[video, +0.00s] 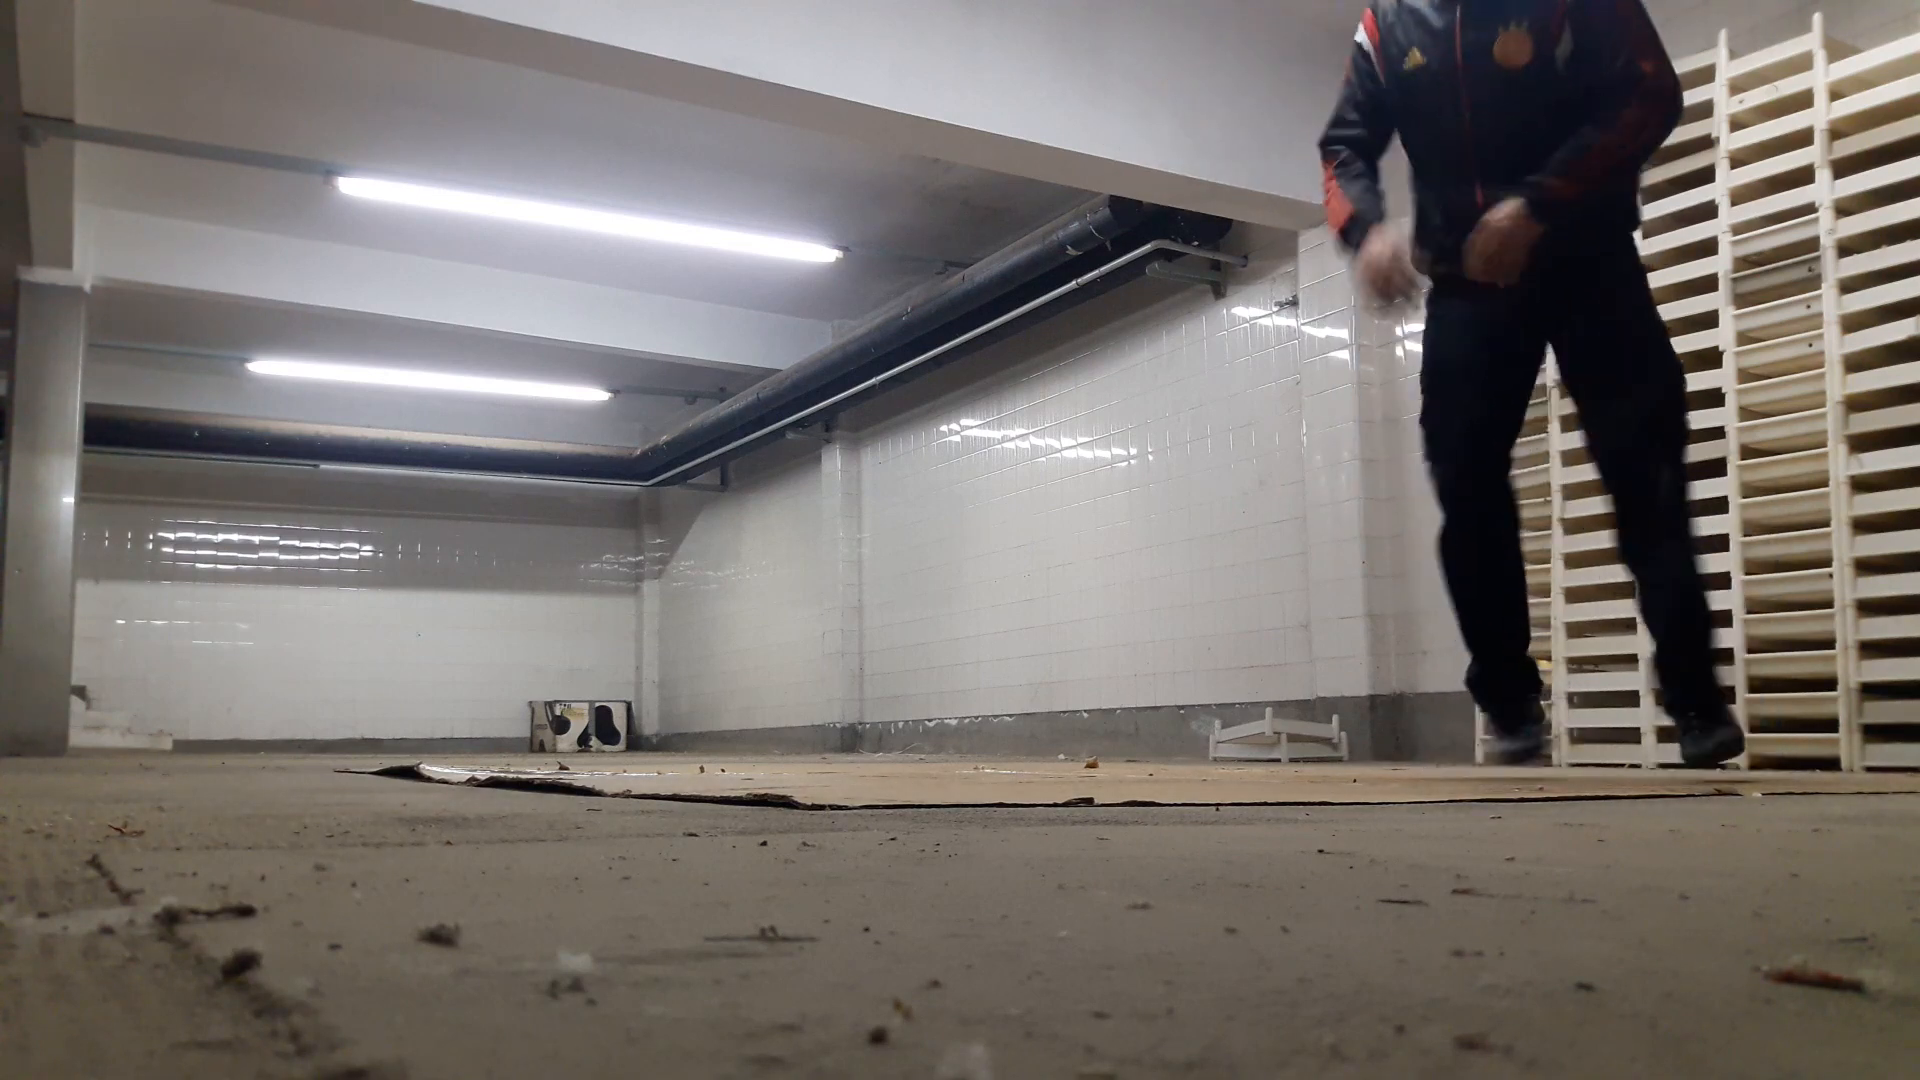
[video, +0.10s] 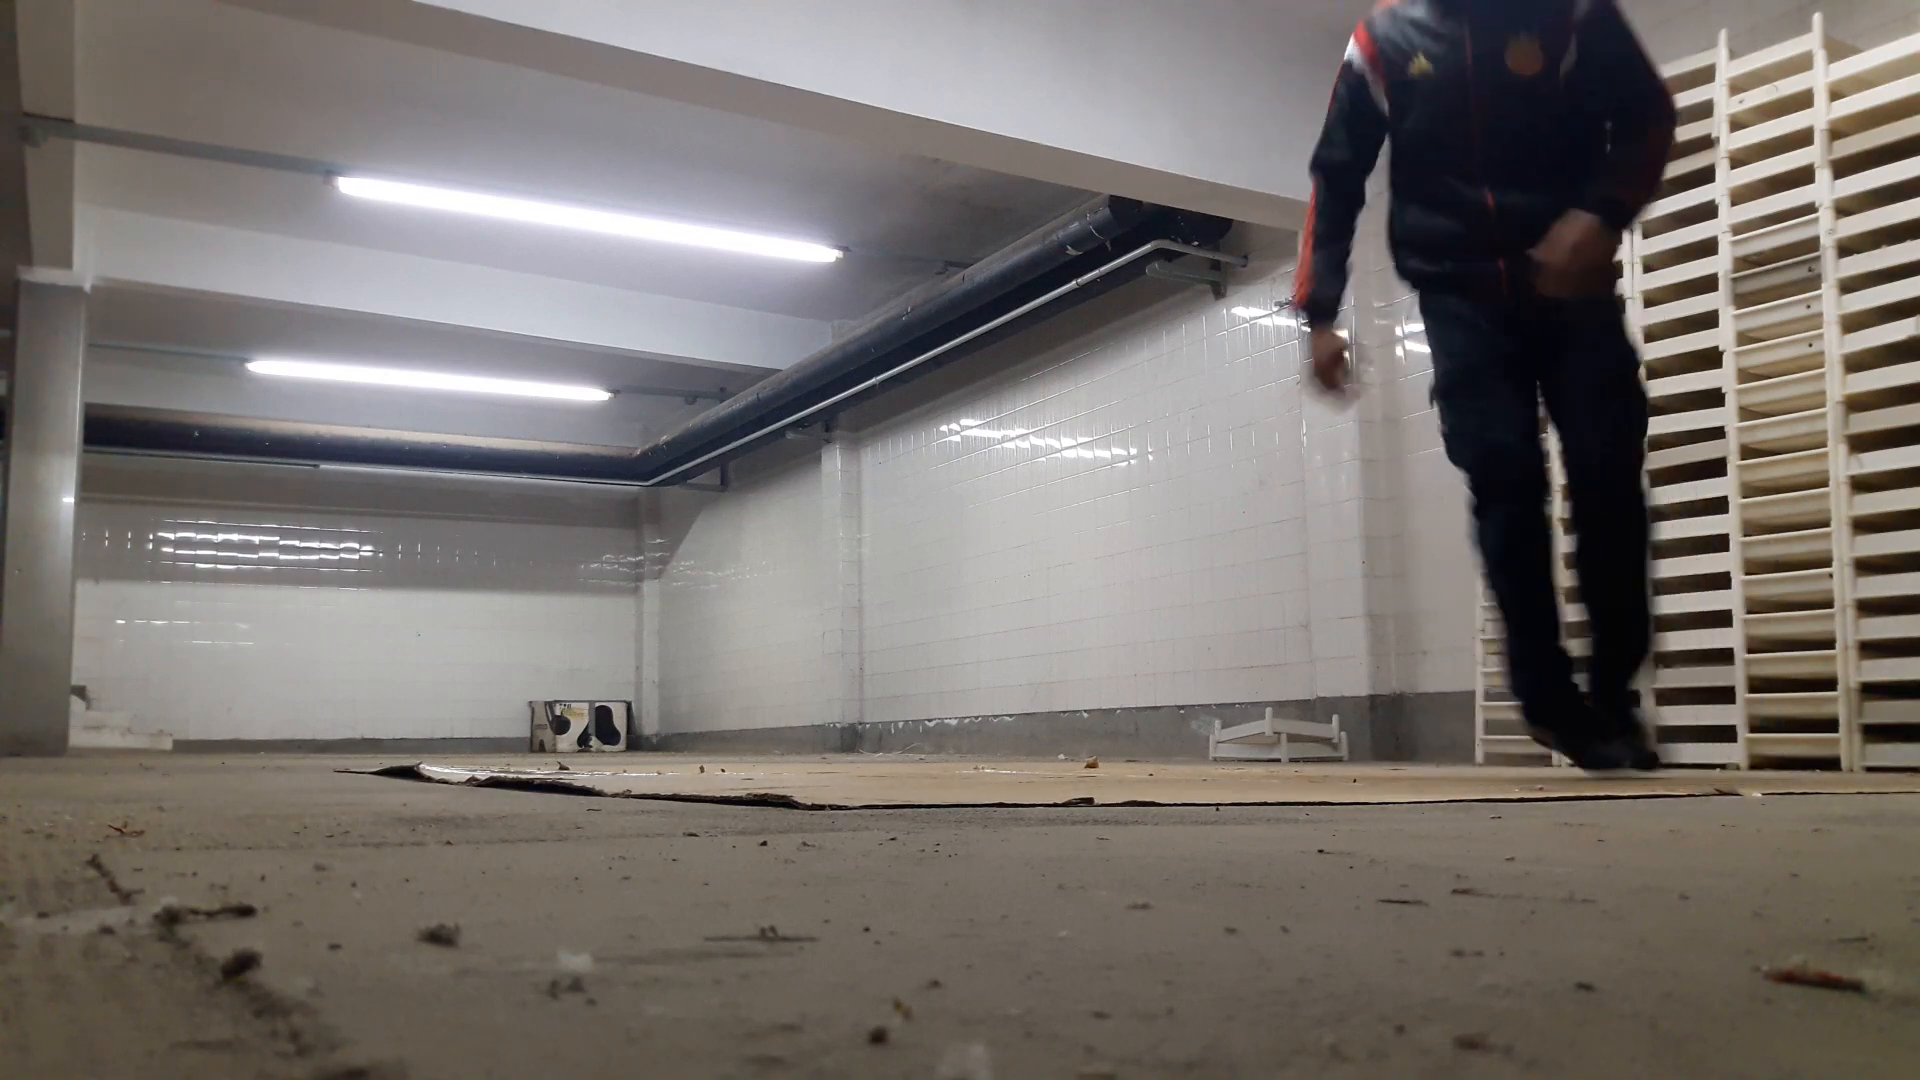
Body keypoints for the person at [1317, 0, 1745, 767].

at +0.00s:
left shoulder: (1583, 6)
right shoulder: (1391, 18)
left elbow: (1650, 95)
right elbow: (1346, 141)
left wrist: (1535, 204)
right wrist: (1364, 229)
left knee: (1648, 478)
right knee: (1467, 489)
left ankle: (1697, 702)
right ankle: (1509, 706)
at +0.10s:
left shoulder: (1580, 14)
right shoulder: (1387, 33)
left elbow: (1649, 115)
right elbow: (1338, 172)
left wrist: (1602, 214)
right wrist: (1318, 313)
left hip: (1573, 287)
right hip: (1462, 297)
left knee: (1611, 476)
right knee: (1506, 487)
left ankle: (1613, 698)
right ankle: (1549, 705)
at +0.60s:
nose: (1358, 108)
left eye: (1373, 95)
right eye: (1345, 94)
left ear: (1393, 106)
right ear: (1322, 101)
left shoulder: (1395, 202)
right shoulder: (1272, 184)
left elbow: (1394, 324)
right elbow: (1189, 288)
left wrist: (1444, 362)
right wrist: (1230, 368)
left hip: (1365, 417)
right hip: (1289, 410)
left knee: (1384, 574)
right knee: (1348, 555)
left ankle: (1317, 735)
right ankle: (1209, 579)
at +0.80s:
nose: (1277, 60)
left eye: (1290, 49)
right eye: (1263, 48)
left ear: (1309, 62)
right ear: (1242, 60)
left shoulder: (1325, 153)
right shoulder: (1198, 138)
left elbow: (1322, 259)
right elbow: (1112, 221)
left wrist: (1334, 308)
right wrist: (1193, 256)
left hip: (1274, 372)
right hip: (1195, 364)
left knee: (1286, 539)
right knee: (1177, 503)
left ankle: (1294, 716)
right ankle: (1096, 580)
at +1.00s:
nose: (1159, 89)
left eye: (1172, 75)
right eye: (1145, 79)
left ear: (1198, 79)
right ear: (1130, 89)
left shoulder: (1240, 172)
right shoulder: (1097, 175)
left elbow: (1288, 266)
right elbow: (1052, 281)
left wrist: (1277, 317)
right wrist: (1084, 317)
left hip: (1195, 396)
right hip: (1106, 390)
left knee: (1190, 569)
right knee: (1044, 520)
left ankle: (1183, 728)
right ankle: (970, 692)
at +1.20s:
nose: (1022, 128)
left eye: (1034, 114)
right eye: (1010, 118)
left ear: (1063, 117)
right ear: (1000, 128)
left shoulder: (1119, 188)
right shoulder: (986, 219)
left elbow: (1196, 287)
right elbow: (973, 324)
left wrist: (1189, 376)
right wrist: (974, 348)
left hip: (1100, 434)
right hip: (1014, 431)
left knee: (1134, 590)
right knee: (952, 556)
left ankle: (1181, 729)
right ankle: (889, 724)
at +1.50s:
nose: (868, 56)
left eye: (881, 40)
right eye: (855, 44)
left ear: (911, 44)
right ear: (844, 56)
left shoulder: (962, 120)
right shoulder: (833, 148)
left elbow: (1029, 239)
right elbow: (837, 250)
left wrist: (961, 310)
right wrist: (809, 303)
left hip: (939, 341)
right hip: (861, 351)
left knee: (903, 475)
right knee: (844, 521)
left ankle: (962, 697)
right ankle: (873, 721)